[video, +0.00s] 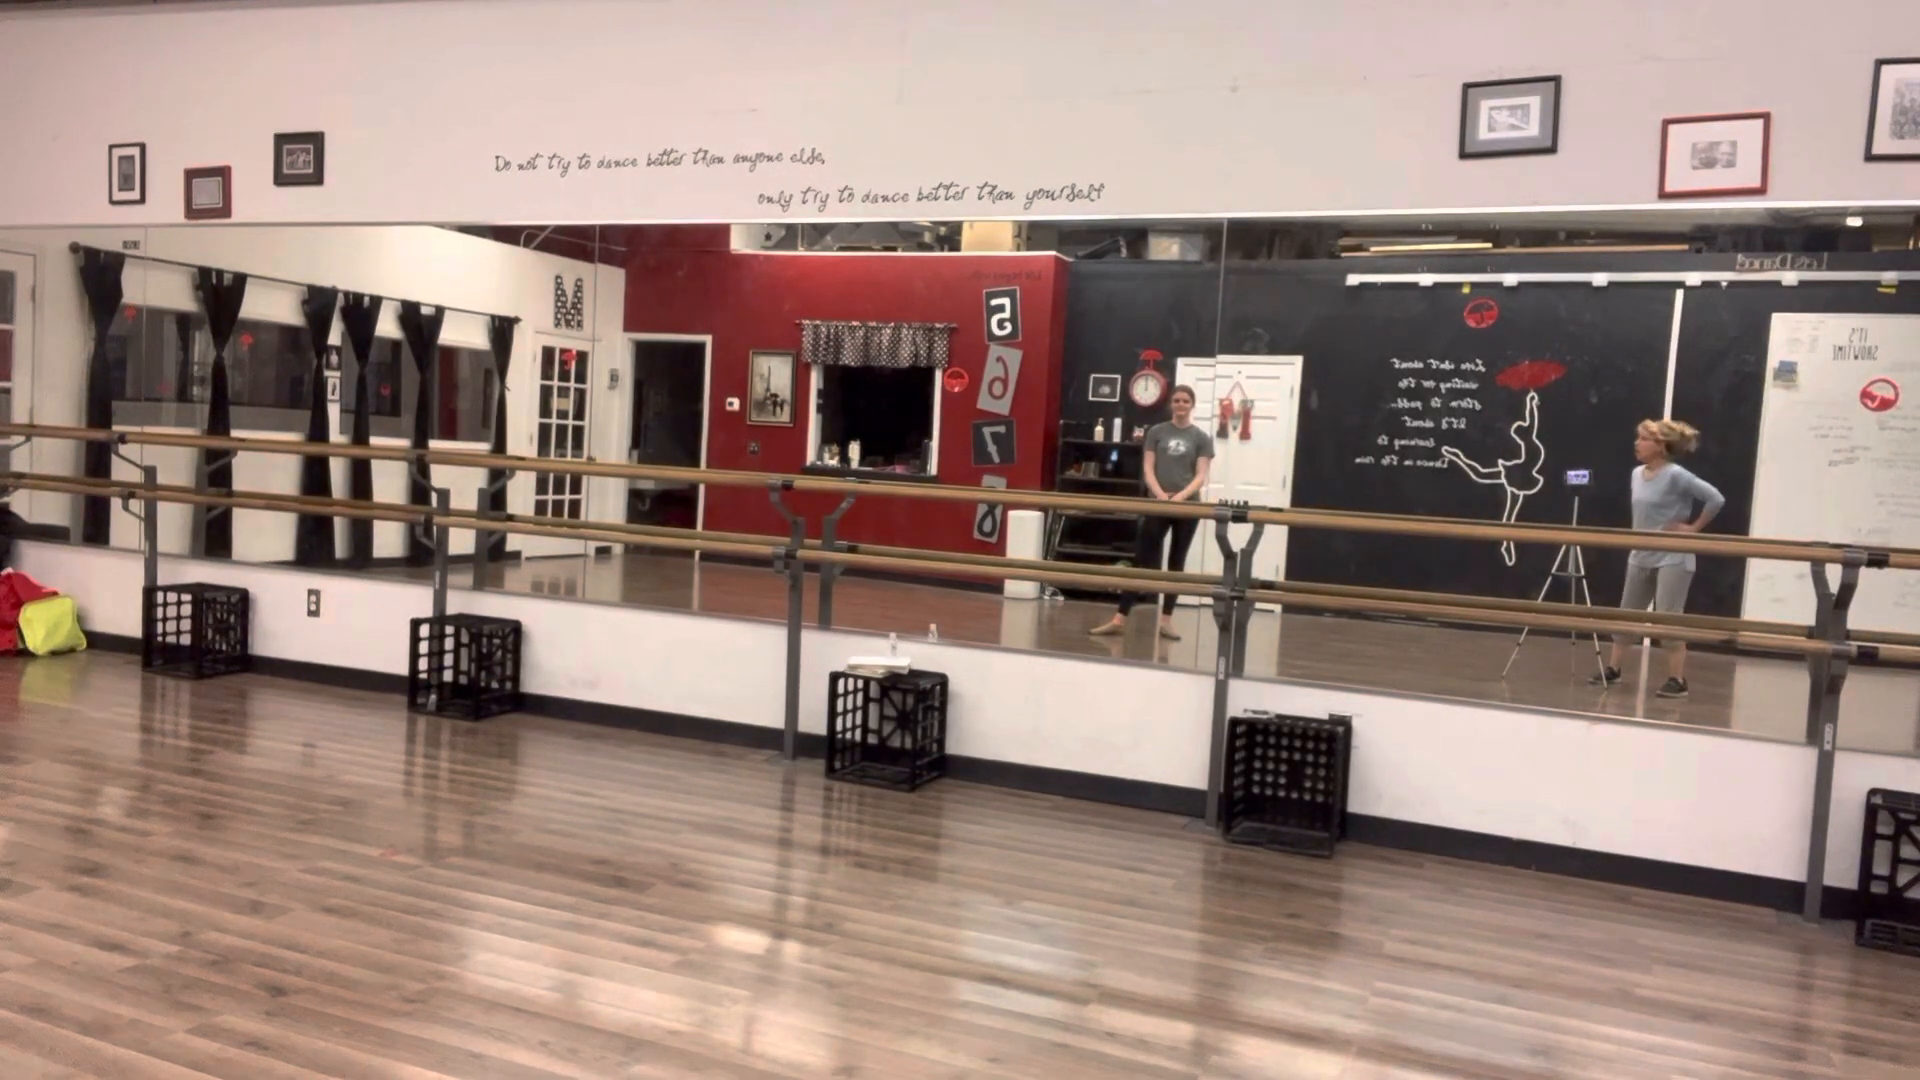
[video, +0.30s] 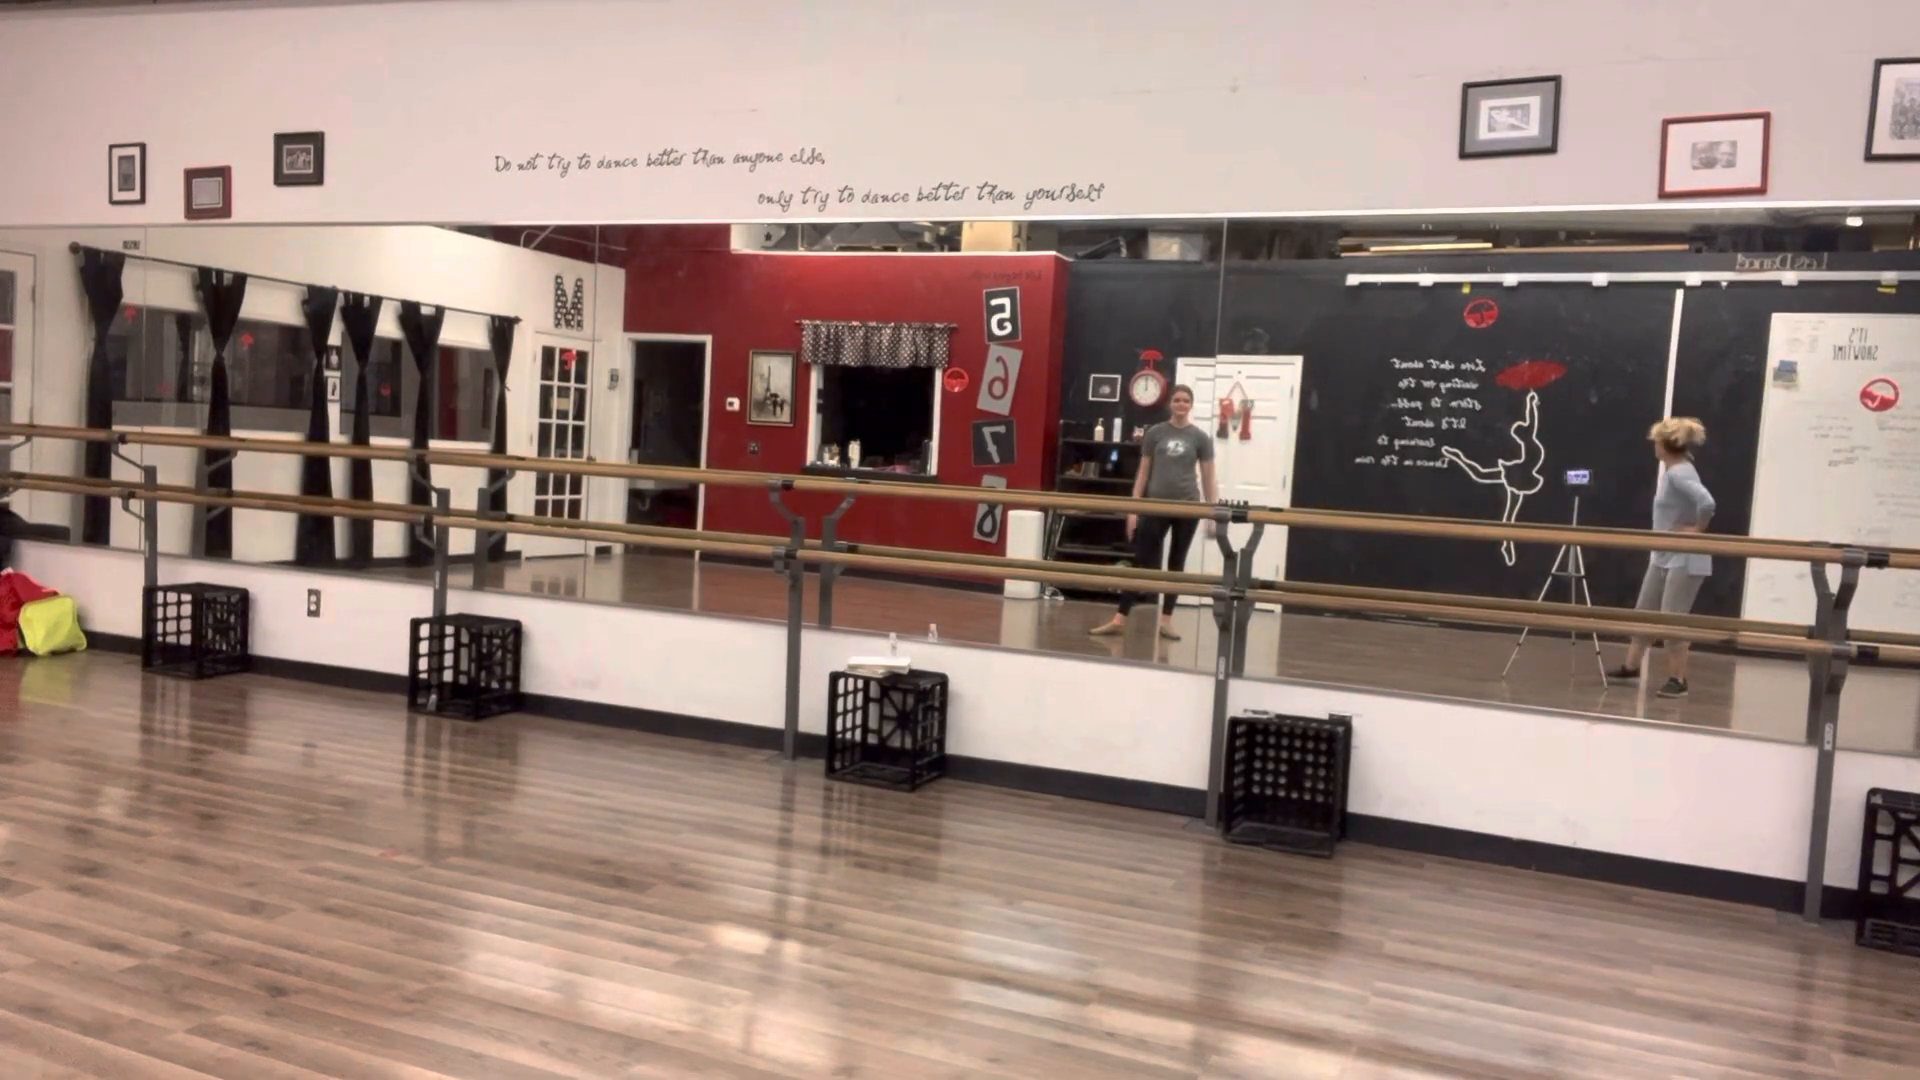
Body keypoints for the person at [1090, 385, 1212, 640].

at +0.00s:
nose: (1180, 405)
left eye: (1185, 401)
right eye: (1177, 401)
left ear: (1192, 405)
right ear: (1170, 404)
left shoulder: (1202, 438)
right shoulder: (1155, 432)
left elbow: (1201, 475)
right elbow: (1148, 469)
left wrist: (1182, 495)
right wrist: (1160, 494)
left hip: (1187, 503)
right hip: (1158, 500)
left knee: (1177, 560)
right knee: (1143, 555)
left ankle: (1166, 618)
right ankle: (1120, 616)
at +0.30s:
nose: (1180, 405)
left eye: (1185, 401)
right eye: (1177, 400)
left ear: (1192, 405)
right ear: (1170, 404)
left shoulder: (1201, 438)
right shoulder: (1154, 433)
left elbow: (1208, 478)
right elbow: (1142, 473)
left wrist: (1212, 512)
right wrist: (1133, 509)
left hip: (1186, 510)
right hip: (1154, 507)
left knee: (1176, 565)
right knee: (1141, 560)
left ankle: (1165, 620)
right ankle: (1120, 617)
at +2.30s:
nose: (1183, 405)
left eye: (1187, 401)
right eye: (1179, 400)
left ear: (1192, 405)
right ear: (1171, 403)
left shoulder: (1201, 437)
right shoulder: (1154, 432)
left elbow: (1202, 475)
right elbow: (1148, 471)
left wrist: (1180, 500)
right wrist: (1164, 501)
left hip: (1186, 504)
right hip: (1157, 502)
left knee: (1176, 561)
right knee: (1142, 557)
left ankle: (1166, 619)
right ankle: (1120, 617)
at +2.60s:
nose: (1181, 404)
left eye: (1185, 400)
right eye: (1177, 400)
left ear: (1192, 405)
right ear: (1170, 403)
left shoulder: (1201, 438)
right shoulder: (1154, 433)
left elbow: (1207, 480)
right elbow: (1143, 471)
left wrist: (1205, 515)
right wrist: (1136, 506)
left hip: (1186, 510)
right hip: (1154, 507)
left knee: (1176, 565)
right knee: (1141, 561)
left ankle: (1166, 619)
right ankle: (1120, 617)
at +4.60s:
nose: (1178, 404)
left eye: (1183, 400)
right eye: (1174, 400)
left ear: (1190, 404)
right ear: (1168, 403)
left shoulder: (1200, 436)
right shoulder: (1154, 432)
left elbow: (1200, 476)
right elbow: (1148, 471)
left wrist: (1174, 503)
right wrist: (1164, 503)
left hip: (1186, 505)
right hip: (1157, 502)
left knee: (1175, 561)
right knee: (1142, 557)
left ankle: (1166, 619)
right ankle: (1120, 617)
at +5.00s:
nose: (1181, 405)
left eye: (1185, 401)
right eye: (1177, 401)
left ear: (1191, 405)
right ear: (1169, 404)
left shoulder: (1200, 437)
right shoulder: (1153, 432)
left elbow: (1208, 479)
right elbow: (1140, 472)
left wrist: (1210, 515)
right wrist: (1130, 508)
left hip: (1185, 510)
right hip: (1154, 507)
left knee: (1175, 565)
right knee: (1141, 560)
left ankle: (1166, 620)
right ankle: (1120, 617)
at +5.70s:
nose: (1186, 407)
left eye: (1189, 403)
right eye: (1182, 403)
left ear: (1192, 406)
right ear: (1171, 404)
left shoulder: (1199, 437)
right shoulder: (1152, 433)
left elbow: (1201, 477)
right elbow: (1145, 471)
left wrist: (1186, 509)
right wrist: (1150, 506)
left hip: (1184, 507)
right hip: (1156, 505)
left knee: (1175, 563)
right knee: (1141, 559)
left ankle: (1166, 618)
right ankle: (1120, 616)